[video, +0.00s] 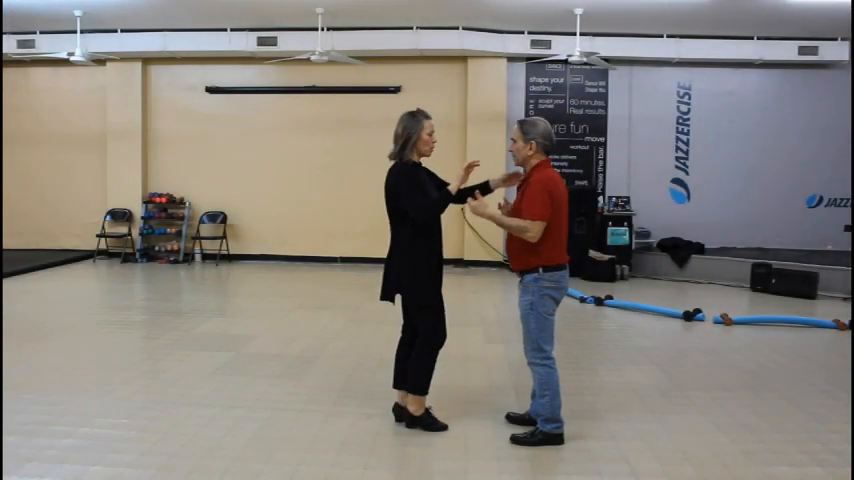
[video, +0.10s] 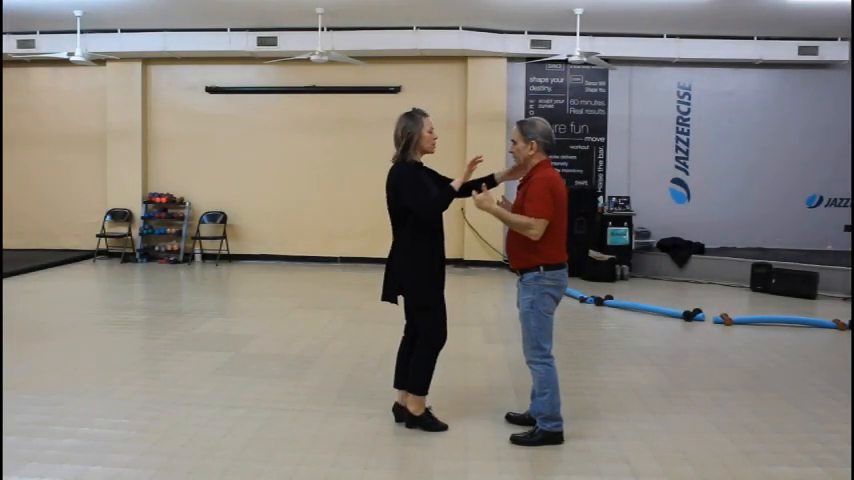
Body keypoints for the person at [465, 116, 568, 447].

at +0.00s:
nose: (510, 147)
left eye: (514, 141)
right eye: (511, 141)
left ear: (531, 146)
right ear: (534, 147)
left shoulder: (542, 181)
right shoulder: (536, 177)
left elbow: (532, 232)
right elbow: (522, 219)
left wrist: (490, 214)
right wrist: (498, 211)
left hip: (543, 278)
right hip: (538, 275)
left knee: (540, 355)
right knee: (537, 352)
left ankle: (551, 427)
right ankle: (539, 413)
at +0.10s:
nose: (511, 148)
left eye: (514, 143)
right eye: (511, 143)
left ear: (532, 147)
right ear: (534, 147)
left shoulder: (543, 179)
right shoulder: (534, 176)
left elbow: (535, 229)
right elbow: (526, 217)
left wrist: (494, 209)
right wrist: (501, 205)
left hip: (542, 277)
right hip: (535, 275)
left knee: (539, 355)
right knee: (536, 352)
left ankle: (550, 427)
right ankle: (538, 412)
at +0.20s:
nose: (511, 150)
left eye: (514, 144)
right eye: (511, 144)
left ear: (532, 147)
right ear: (533, 147)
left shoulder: (544, 179)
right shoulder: (534, 176)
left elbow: (536, 227)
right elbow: (528, 218)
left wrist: (497, 203)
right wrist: (499, 196)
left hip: (543, 276)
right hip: (534, 274)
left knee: (538, 353)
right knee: (535, 350)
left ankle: (549, 425)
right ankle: (538, 412)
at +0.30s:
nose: (511, 151)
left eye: (515, 145)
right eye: (511, 145)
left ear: (532, 147)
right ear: (533, 147)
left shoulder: (546, 179)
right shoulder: (534, 176)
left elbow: (537, 227)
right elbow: (530, 219)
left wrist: (501, 202)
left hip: (544, 276)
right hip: (533, 275)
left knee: (539, 352)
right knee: (535, 350)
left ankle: (548, 424)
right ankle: (538, 412)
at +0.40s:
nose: (512, 151)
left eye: (516, 146)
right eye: (512, 146)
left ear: (533, 148)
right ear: (534, 148)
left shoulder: (547, 179)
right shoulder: (535, 178)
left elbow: (539, 227)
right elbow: (523, 219)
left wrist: (503, 203)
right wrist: (500, 202)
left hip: (545, 277)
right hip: (534, 275)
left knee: (541, 352)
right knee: (536, 350)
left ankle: (548, 424)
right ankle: (538, 412)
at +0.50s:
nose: (513, 151)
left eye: (517, 145)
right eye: (513, 146)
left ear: (535, 148)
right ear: (535, 148)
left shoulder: (548, 179)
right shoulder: (535, 177)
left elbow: (540, 226)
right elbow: (533, 217)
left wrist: (505, 202)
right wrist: (506, 214)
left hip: (546, 277)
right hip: (535, 276)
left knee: (541, 353)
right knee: (537, 351)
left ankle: (548, 424)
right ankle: (538, 412)